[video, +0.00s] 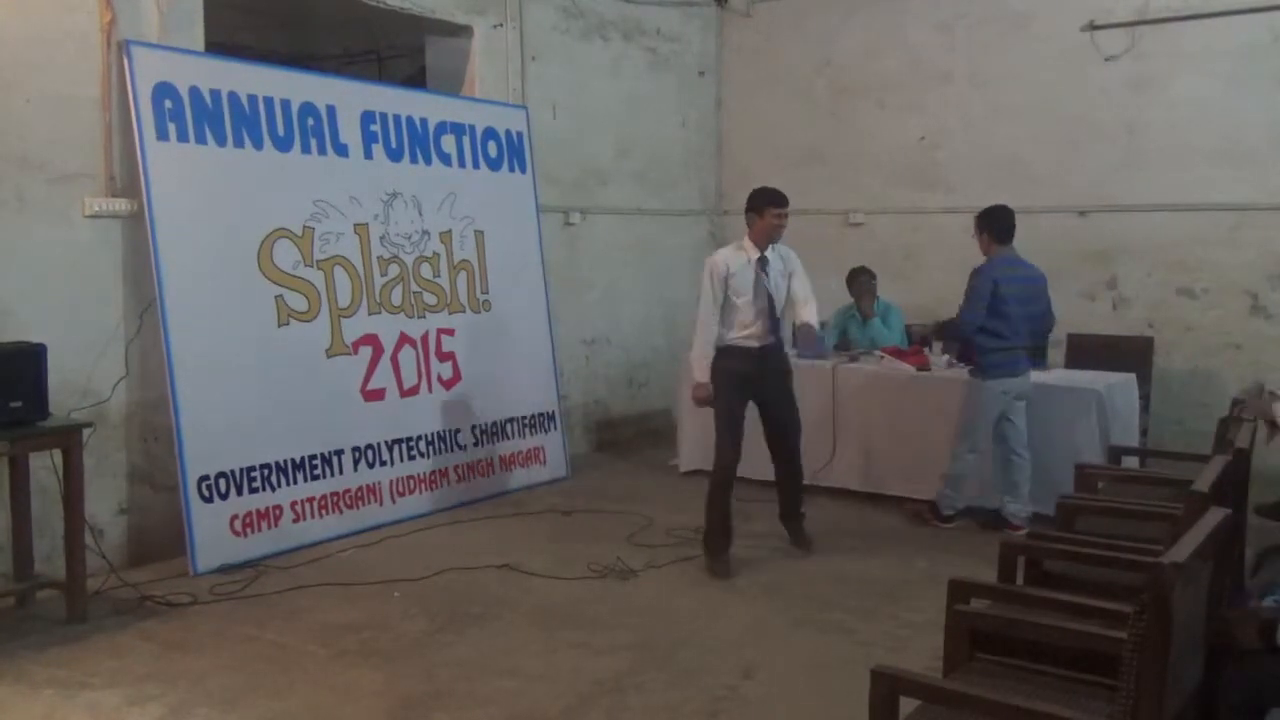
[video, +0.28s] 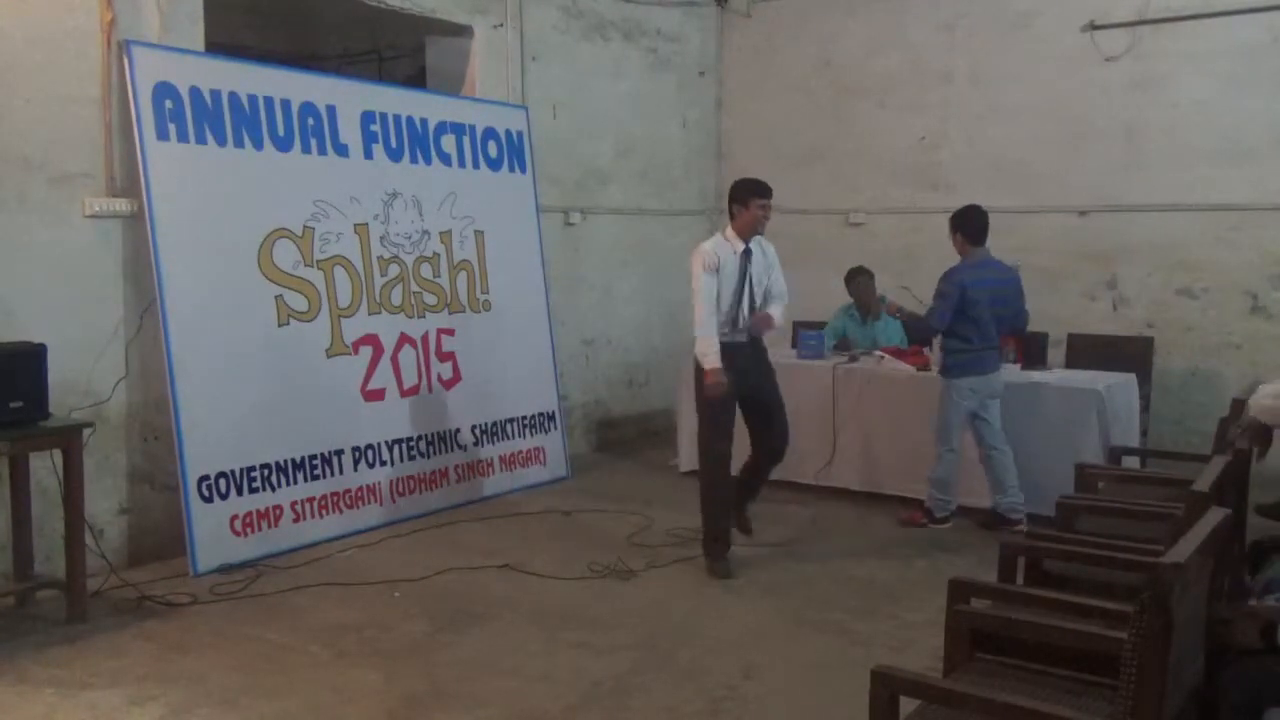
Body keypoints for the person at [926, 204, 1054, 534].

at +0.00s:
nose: (976, 240)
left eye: (977, 234)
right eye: (977, 233)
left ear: (985, 236)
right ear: (1010, 233)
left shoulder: (986, 274)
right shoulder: (1033, 274)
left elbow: (967, 324)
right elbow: (1046, 322)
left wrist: (940, 331)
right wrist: (1025, 350)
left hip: (990, 377)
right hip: (1021, 374)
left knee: (969, 444)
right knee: (1017, 451)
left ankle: (946, 507)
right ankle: (1017, 516)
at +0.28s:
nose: (952, 241)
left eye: (953, 236)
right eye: (953, 236)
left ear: (959, 237)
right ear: (985, 234)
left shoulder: (956, 278)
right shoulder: (1007, 275)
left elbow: (933, 326)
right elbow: (1018, 323)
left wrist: (902, 315)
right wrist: (986, 319)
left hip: (960, 377)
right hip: (992, 374)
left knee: (948, 445)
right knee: (995, 444)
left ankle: (939, 509)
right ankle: (1011, 511)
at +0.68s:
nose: (920, 239)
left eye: (920, 234)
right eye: (921, 234)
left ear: (926, 236)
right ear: (952, 233)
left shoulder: (927, 277)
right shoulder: (974, 269)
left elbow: (917, 329)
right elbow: (989, 317)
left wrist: (882, 324)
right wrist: (960, 328)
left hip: (938, 369)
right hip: (966, 365)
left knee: (941, 437)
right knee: (951, 430)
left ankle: (938, 507)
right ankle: (970, 497)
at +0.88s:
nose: (910, 238)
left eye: (910, 233)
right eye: (912, 233)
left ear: (915, 236)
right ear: (942, 232)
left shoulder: (920, 275)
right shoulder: (963, 269)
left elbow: (916, 328)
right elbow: (978, 314)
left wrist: (881, 329)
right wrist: (951, 331)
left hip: (933, 369)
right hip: (957, 365)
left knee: (934, 439)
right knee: (942, 435)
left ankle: (937, 506)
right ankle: (938, 497)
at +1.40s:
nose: (893, 243)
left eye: (894, 236)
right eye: (894, 236)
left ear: (901, 236)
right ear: (922, 234)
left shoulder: (908, 274)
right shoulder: (939, 272)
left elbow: (903, 323)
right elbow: (945, 322)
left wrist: (872, 321)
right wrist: (908, 323)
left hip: (908, 365)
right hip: (926, 362)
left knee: (911, 433)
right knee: (911, 431)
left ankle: (931, 501)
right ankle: (907, 493)